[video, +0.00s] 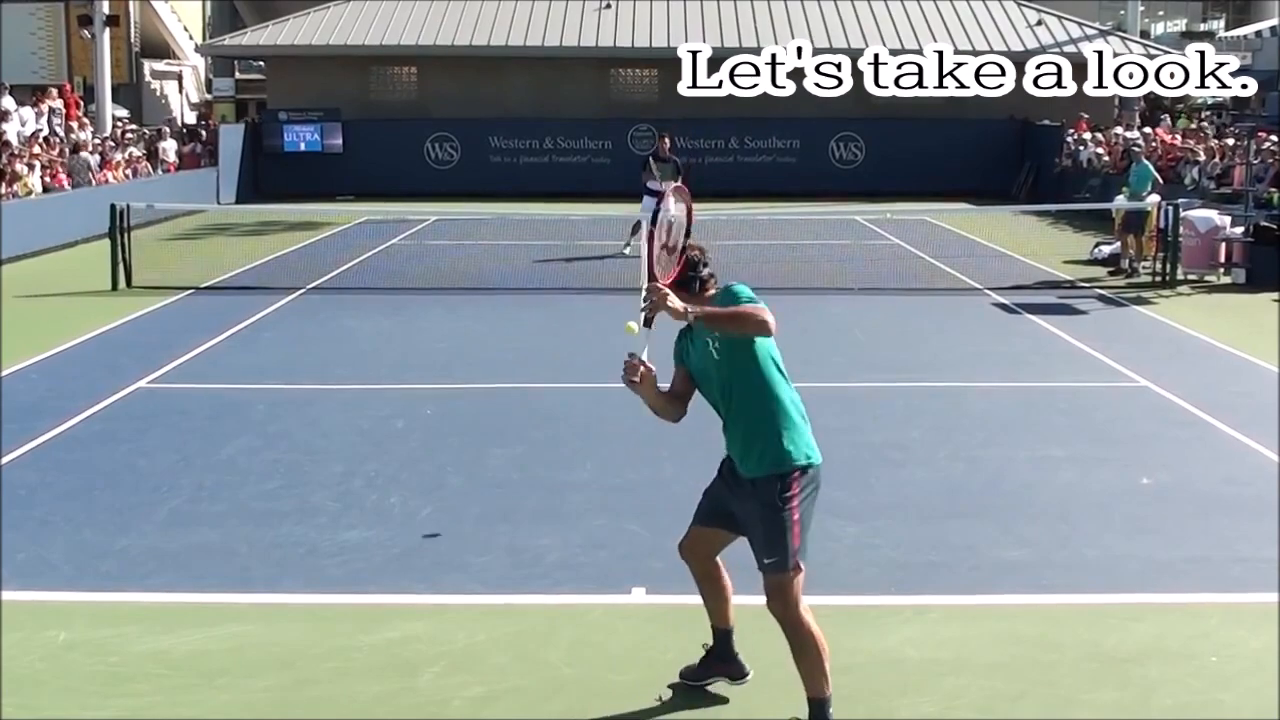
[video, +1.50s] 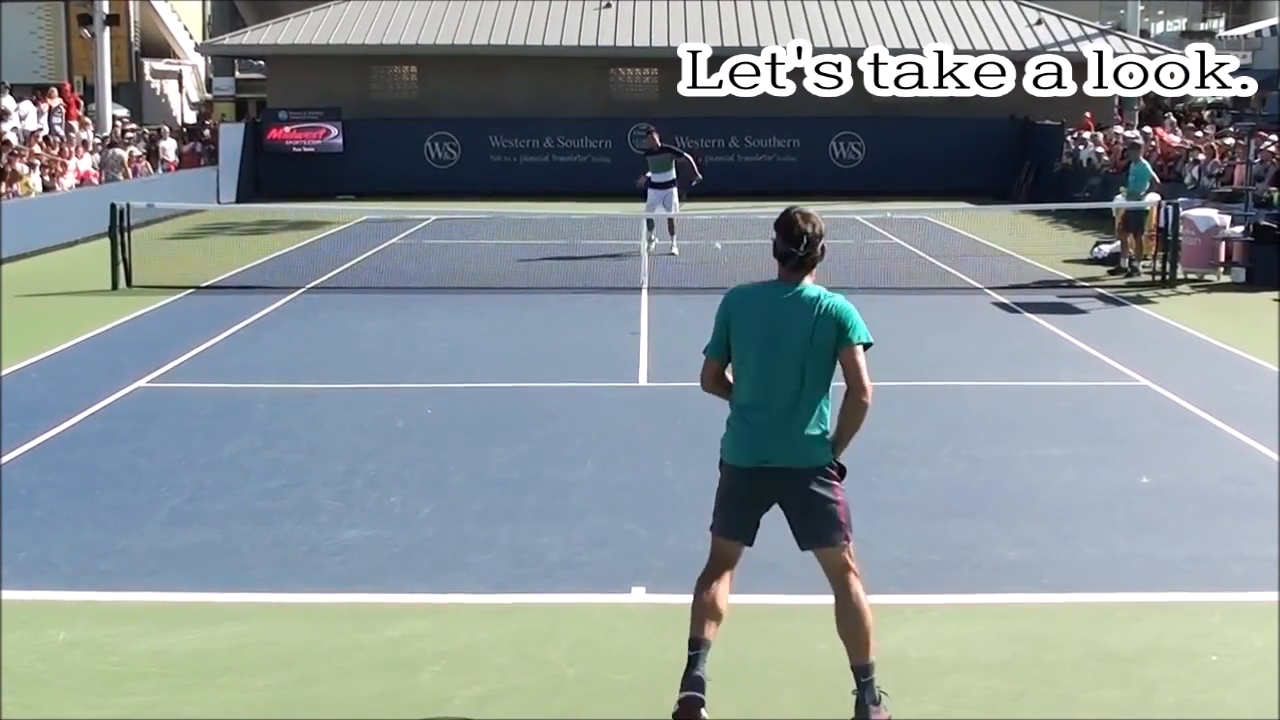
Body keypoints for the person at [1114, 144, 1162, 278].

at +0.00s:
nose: (1134, 155)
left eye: (1136, 152)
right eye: (1132, 152)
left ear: (1142, 153)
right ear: (1130, 153)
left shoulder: (1147, 166)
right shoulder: (1133, 166)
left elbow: (1159, 183)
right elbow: (1132, 184)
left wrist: (1147, 195)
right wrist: (1128, 191)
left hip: (1142, 205)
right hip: (1130, 204)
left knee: (1138, 236)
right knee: (1122, 234)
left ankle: (1137, 267)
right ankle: (1123, 265)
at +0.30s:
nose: (1134, 154)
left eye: (1137, 151)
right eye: (1132, 151)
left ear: (1142, 151)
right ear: (1130, 152)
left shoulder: (1146, 165)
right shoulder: (1134, 166)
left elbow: (1158, 181)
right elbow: (1134, 183)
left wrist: (1146, 194)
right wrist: (1128, 190)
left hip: (1142, 205)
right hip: (1131, 204)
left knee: (1138, 236)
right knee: (1123, 234)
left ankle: (1137, 266)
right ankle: (1123, 264)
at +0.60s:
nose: (1135, 151)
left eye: (1138, 148)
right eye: (1134, 148)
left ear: (1144, 148)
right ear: (1132, 149)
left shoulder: (1148, 162)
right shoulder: (1136, 163)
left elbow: (1159, 178)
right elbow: (1136, 180)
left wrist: (1148, 191)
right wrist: (1130, 188)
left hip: (1143, 202)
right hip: (1133, 201)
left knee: (1140, 233)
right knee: (1125, 230)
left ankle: (1139, 263)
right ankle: (1126, 261)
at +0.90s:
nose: (1134, 152)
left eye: (1136, 149)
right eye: (1133, 149)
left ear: (1143, 148)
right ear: (1133, 150)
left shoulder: (1148, 162)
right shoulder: (1136, 163)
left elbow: (1160, 179)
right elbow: (1136, 180)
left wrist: (1149, 191)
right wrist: (1130, 188)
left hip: (1143, 202)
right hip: (1133, 201)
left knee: (1140, 233)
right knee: (1125, 230)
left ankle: (1139, 263)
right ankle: (1126, 261)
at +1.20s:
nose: (1130, 154)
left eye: (1133, 151)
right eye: (1130, 151)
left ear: (1140, 151)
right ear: (1132, 152)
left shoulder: (1147, 164)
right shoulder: (1134, 165)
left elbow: (1158, 181)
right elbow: (1136, 182)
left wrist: (1146, 193)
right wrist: (1128, 190)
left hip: (1142, 204)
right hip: (1131, 203)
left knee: (1139, 234)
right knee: (1124, 232)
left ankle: (1138, 265)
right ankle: (1125, 263)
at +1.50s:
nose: (1129, 154)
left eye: (1132, 151)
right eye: (1129, 151)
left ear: (1138, 152)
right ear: (1130, 152)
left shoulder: (1145, 166)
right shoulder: (1132, 165)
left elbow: (1156, 182)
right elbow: (1134, 182)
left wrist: (1144, 193)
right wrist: (1126, 191)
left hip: (1140, 206)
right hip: (1129, 204)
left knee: (1138, 236)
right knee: (1123, 234)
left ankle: (1137, 265)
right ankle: (1123, 263)